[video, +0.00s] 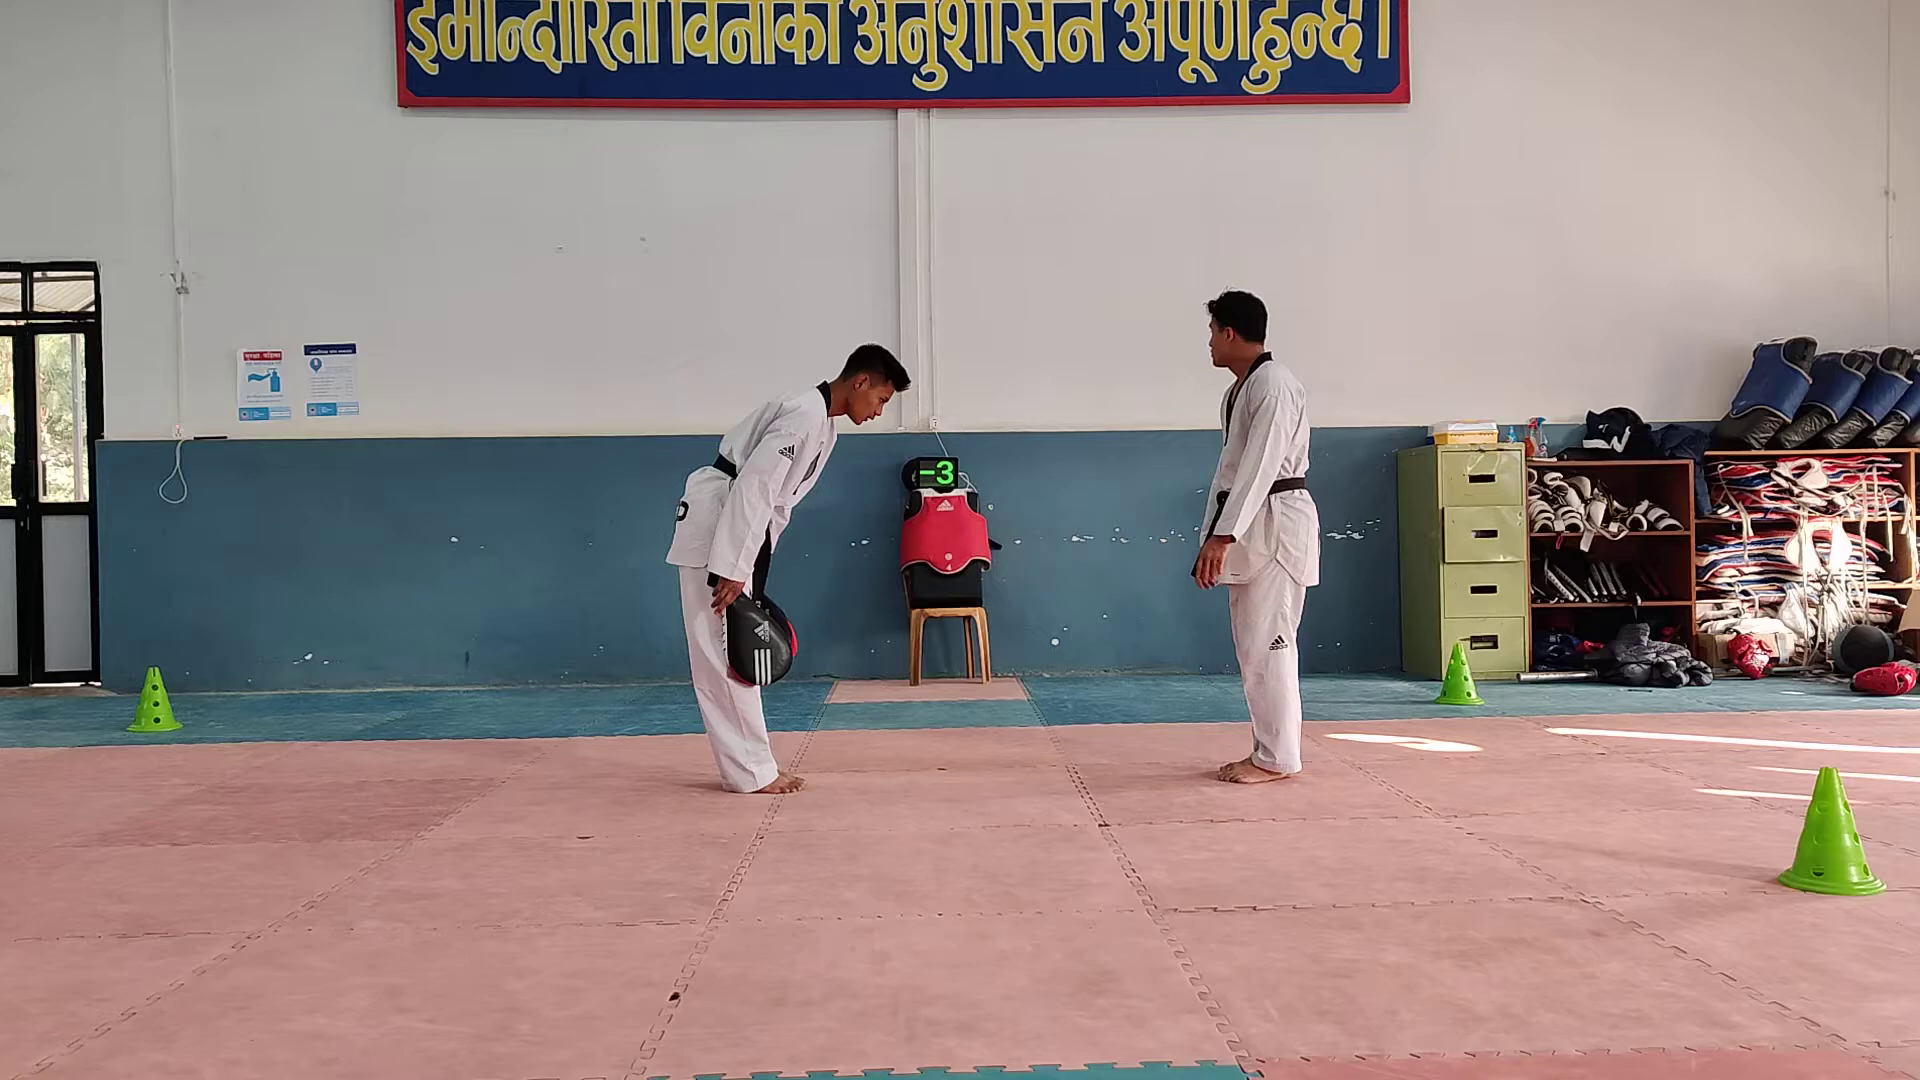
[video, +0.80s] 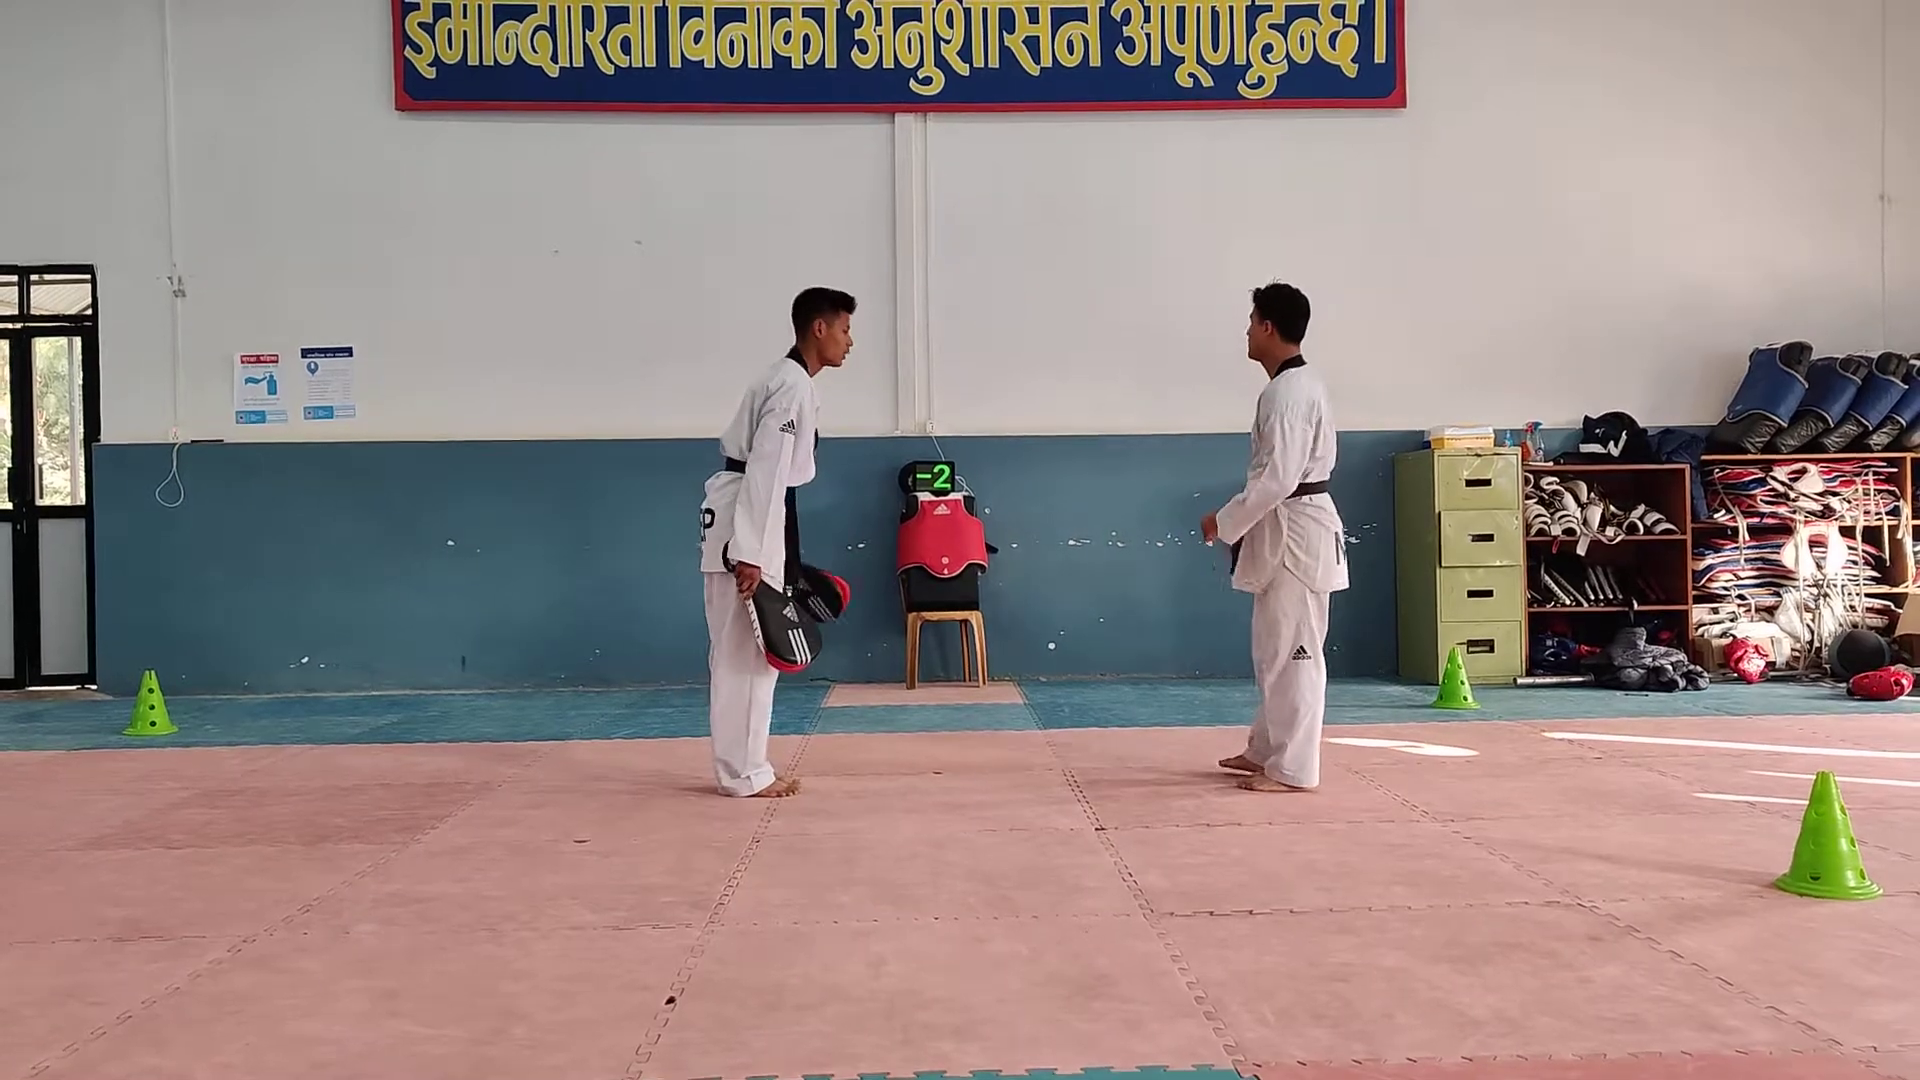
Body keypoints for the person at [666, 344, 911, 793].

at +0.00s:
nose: (880, 411)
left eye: (886, 403)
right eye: (881, 399)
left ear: (859, 385)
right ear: (860, 381)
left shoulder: (822, 427)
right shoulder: (805, 415)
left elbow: (778, 505)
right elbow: (751, 488)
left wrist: (753, 578)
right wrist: (735, 567)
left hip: (733, 526)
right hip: (712, 524)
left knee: (735, 648)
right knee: (721, 650)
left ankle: (754, 767)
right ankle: (748, 772)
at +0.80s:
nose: (850, 340)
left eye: (850, 329)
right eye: (844, 328)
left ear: (813, 330)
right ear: (818, 329)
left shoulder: (789, 382)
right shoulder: (791, 386)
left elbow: (776, 484)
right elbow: (763, 475)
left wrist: (788, 561)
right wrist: (751, 552)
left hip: (747, 531)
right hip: (742, 534)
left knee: (752, 656)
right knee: (745, 656)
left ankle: (747, 770)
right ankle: (740, 774)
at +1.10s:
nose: (828, 323)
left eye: (825, 313)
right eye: (821, 313)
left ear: (791, 320)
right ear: (795, 319)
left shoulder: (764, 378)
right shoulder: (784, 382)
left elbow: (770, 476)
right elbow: (768, 476)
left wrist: (798, 557)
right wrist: (763, 551)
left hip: (754, 529)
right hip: (769, 534)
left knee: (762, 654)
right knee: (769, 654)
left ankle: (750, 771)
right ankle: (751, 776)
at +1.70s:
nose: (781, 304)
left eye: (776, 294)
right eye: (772, 296)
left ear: (741, 308)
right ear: (748, 305)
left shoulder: (719, 368)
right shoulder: (763, 361)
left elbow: (730, 457)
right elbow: (768, 451)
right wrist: (780, 524)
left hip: (726, 506)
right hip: (760, 506)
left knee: (738, 629)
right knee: (800, 625)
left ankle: (731, 753)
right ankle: (760, 751)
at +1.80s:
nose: (777, 300)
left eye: (772, 291)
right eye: (768, 292)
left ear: (736, 305)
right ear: (743, 301)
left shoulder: (711, 368)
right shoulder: (762, 357)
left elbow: (727, 455)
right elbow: (768, 446)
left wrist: (795, 528)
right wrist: (779, 519)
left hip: (721, 508)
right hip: (759, 507)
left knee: (733, 630)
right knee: (802, 625)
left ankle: (725, 753)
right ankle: (778, 754)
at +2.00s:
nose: (780, 295)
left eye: (775, 286)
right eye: (770, 287)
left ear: (740, 300)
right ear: (746, 297)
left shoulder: (709, 364)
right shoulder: (771, 355)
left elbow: (703, 451)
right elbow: (777, 445)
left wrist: (723, 501)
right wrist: (781, 518)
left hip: (722, 507)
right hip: (762, 504)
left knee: (728, 632)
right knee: (790, 633)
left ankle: (720, 749)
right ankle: (815, 758)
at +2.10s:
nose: (786, 294)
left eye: (781, 284)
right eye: (778, 286)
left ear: (745, 299)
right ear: (754, 295)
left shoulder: (712, 362)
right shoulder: (777, 353)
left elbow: (701, 448)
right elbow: (781, 441)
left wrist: (718, 503)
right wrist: (787, 518)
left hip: (723, 499)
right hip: (766, 497)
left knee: (729, 628)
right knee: (792, 629)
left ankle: (717, 749)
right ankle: (812, 758)